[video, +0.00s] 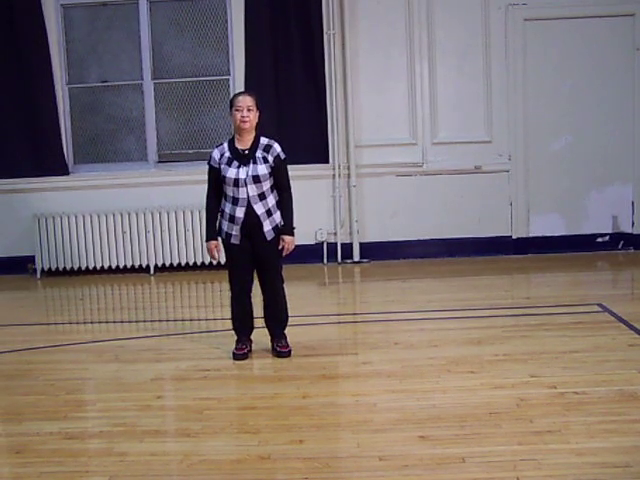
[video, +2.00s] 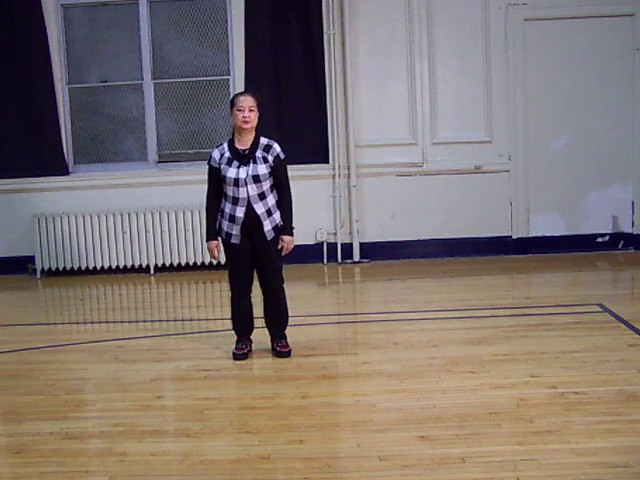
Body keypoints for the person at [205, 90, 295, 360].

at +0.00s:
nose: (244, 114)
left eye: (249, 110)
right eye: (238, 110)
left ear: (257, 115)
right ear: (231, 115)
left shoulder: (271, 149)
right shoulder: (219, 154)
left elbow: (285, 192)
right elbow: (213, 197)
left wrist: (288, 229)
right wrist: (211, 235)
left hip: (268, 231)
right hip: (234, 233)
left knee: (273, 285)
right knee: (240, 288)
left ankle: (278, 335)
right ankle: (243, 337)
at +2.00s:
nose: (246, 114)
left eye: (251, 110)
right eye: (240, 110)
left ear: (258, 115)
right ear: (232, 115)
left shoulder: (271, 149)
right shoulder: (219, 155)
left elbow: (284, 192)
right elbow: (213, 198)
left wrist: (287, 230)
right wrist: (212, 235)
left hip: (268, 231)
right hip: (234, 233)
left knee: (273, 285)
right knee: (239, 288)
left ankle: (279, 335)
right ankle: (243, 338)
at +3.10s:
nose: (241, 115)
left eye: (246, 110)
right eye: (235, 110)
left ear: (254, 114)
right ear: (228, 115)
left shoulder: (268, 149)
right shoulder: (217, 155)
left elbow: (283, 191)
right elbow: (211, 198)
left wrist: (286, 229)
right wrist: (210, 235)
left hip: (266, 230)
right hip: (232, 233)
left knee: (272, 285)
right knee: (239, 288)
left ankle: (278, 335)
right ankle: (243, 338)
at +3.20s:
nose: (241, 114)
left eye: (246, 110)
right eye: (235, 110)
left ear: (254, 114)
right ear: (227, 116)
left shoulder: (268, 149)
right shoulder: (217, 155)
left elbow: (282, 191)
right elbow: (211, 198)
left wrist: (286, 229)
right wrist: (210, 235)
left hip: (266, 230)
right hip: (232, 233)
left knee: (272, 285)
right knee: (239, 288)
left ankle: (279, 335)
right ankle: (243, 338)